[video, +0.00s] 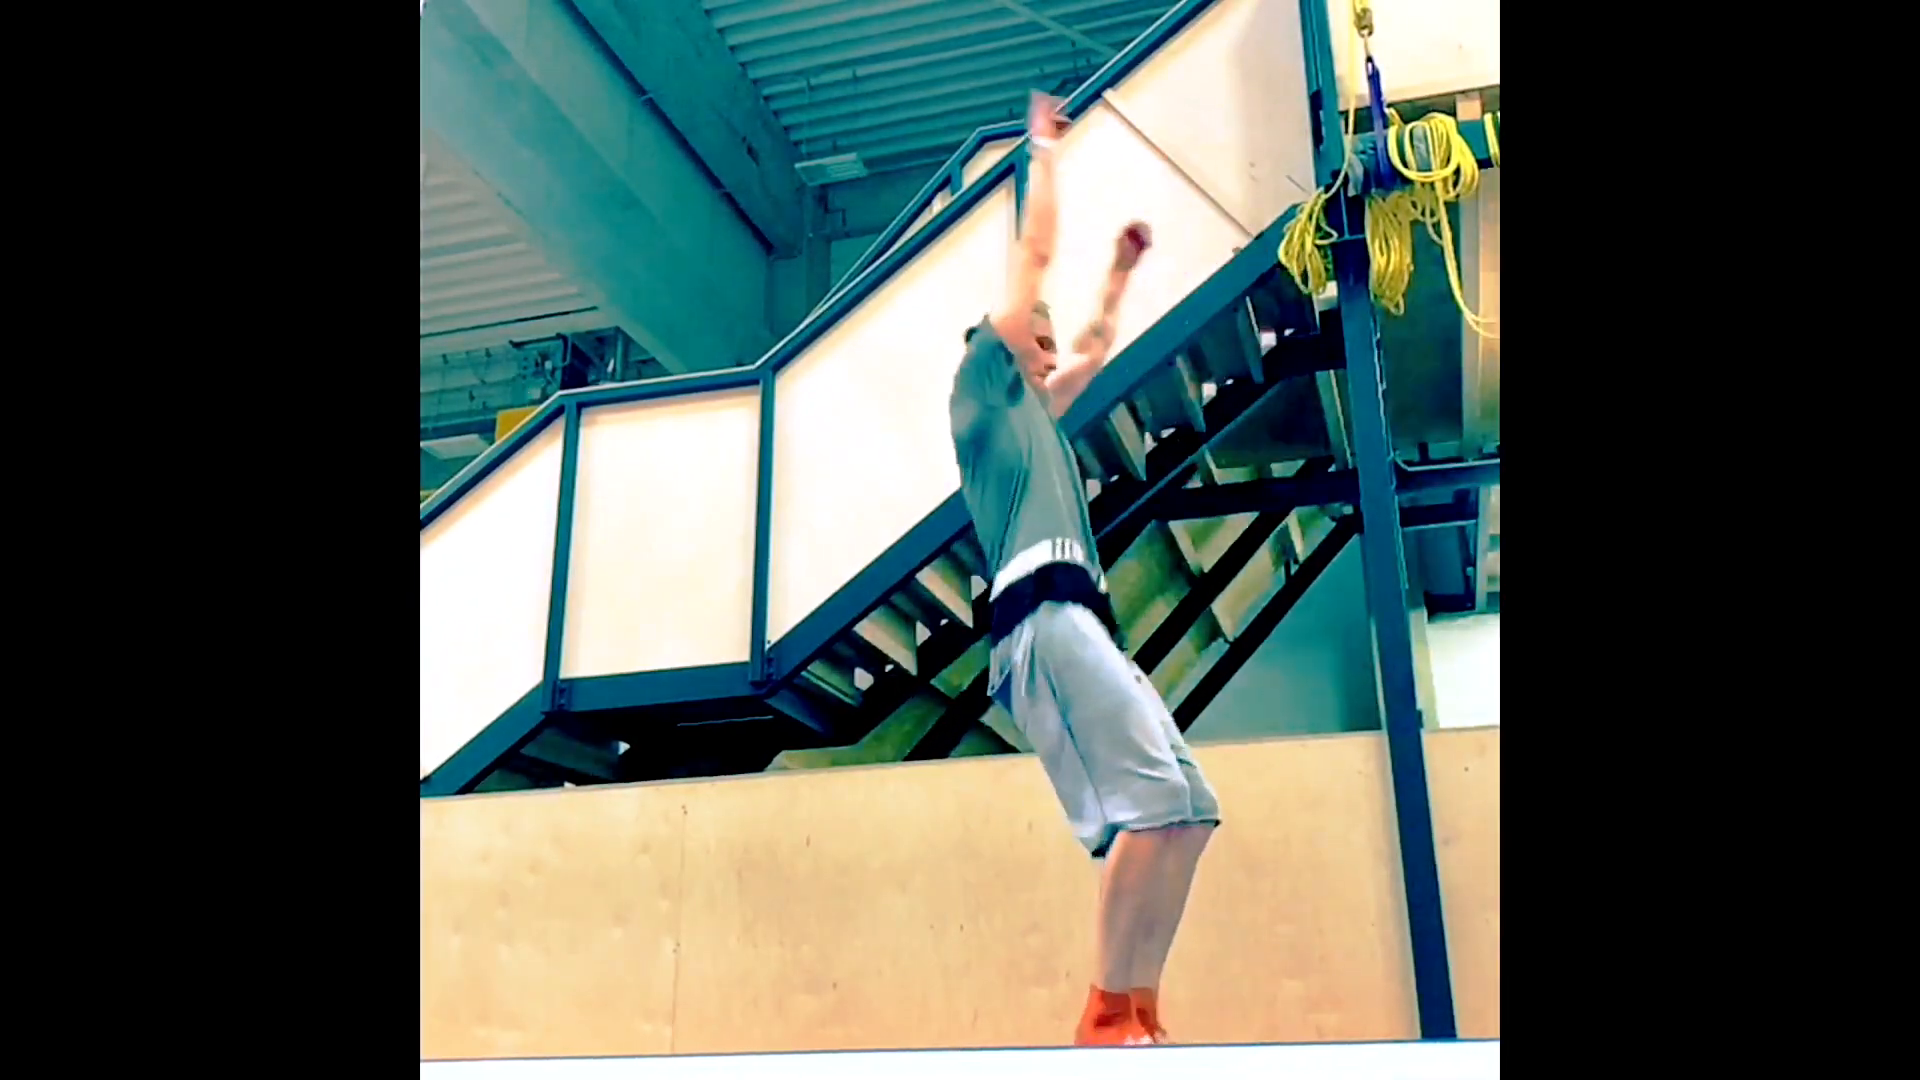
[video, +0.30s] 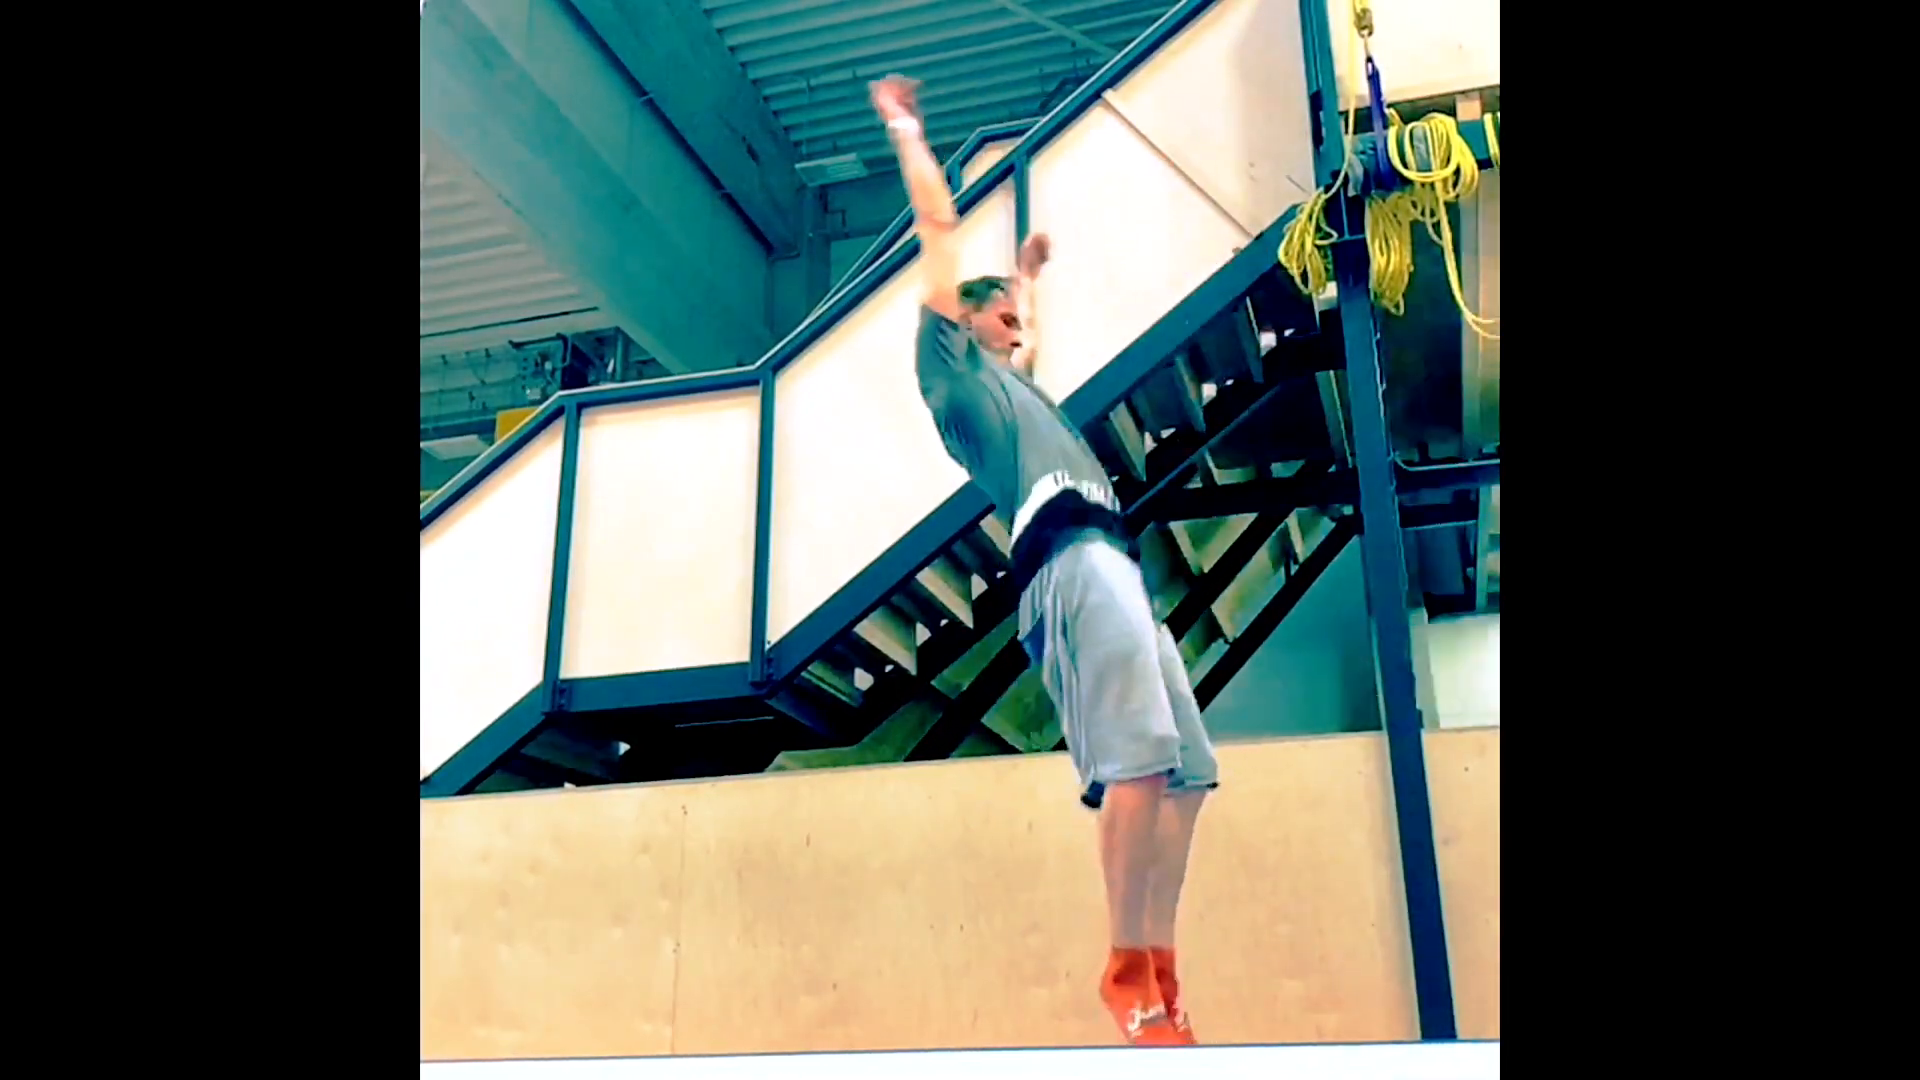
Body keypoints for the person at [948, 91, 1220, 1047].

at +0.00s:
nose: (1047, 342)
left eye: (1049, 334)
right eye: (1036, 328)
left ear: (1039, 355)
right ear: (1004, 336)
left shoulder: (1035, 417)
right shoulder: (985, 385)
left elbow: (1092, 351)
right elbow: (1031, 256)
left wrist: (1119, 272)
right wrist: (1044, 149)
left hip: (1076, 628)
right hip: (1044, 625)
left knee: (1190, 810)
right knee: (1155, 804)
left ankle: (1135, 1015)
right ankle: (1110, 1018)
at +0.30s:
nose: (1014, 324)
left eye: (1018, 316)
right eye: (998, 316)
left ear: (1018, 328)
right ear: (964, 322)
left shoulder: (1014, 392)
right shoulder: (953, 369)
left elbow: (1024, 344)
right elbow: (937, 226)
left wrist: (1031, 273)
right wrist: (905, 126)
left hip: (1112, 564)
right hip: (1070, 561)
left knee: (1190, 768)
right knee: (1137, 759)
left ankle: (1157, 966)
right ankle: (1126, 968)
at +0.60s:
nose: (991, 305)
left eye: (990, 298)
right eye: (973, 295)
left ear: (970, 315)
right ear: (928, 304)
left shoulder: (1000, 374)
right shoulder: (920, 343)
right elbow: (852, 231)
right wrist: (784, 151)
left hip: (1140, 511)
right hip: (1093, 500)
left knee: (1193, 716)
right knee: (1144, 698)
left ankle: (1176, 912)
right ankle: (1142, 912)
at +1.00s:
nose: (949, 293)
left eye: (947, 286)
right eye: (932, 287)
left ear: (937, 302)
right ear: (896, 306)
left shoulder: (973, 358)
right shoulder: (895, 347)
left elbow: (917, 411)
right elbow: (788, 263)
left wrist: (896, 410)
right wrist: (684, 214)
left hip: (1157, 443)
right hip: (1105, 437)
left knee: (1241, 626)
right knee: (1194, 602)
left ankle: (1189, 809)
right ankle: (1146, 800)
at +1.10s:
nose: (928, 292)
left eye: (924, 286)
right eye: (910, 289)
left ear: (915, 308)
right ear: (879, 310)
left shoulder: (948, 365)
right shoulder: (876, 348)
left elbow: (934, 429)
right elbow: (768, 276)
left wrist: (910, 445)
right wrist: (657, 237)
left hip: (1131, 412)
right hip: (1085, 408)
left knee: (1272, 561)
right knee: (1224, 533)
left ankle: (1217, 742)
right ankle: (1172, 721)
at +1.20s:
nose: (887, 299)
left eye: (881, 295)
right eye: (869, 301)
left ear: (887, 318)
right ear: (844, 333)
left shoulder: (937, 357)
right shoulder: (864, 380)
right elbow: (767, 274)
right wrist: (662, 204)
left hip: (1093, 397)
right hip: (1061, 408)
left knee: (1299, 420)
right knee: (1262, 373)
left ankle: (1282, 580)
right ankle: (1275, 570)